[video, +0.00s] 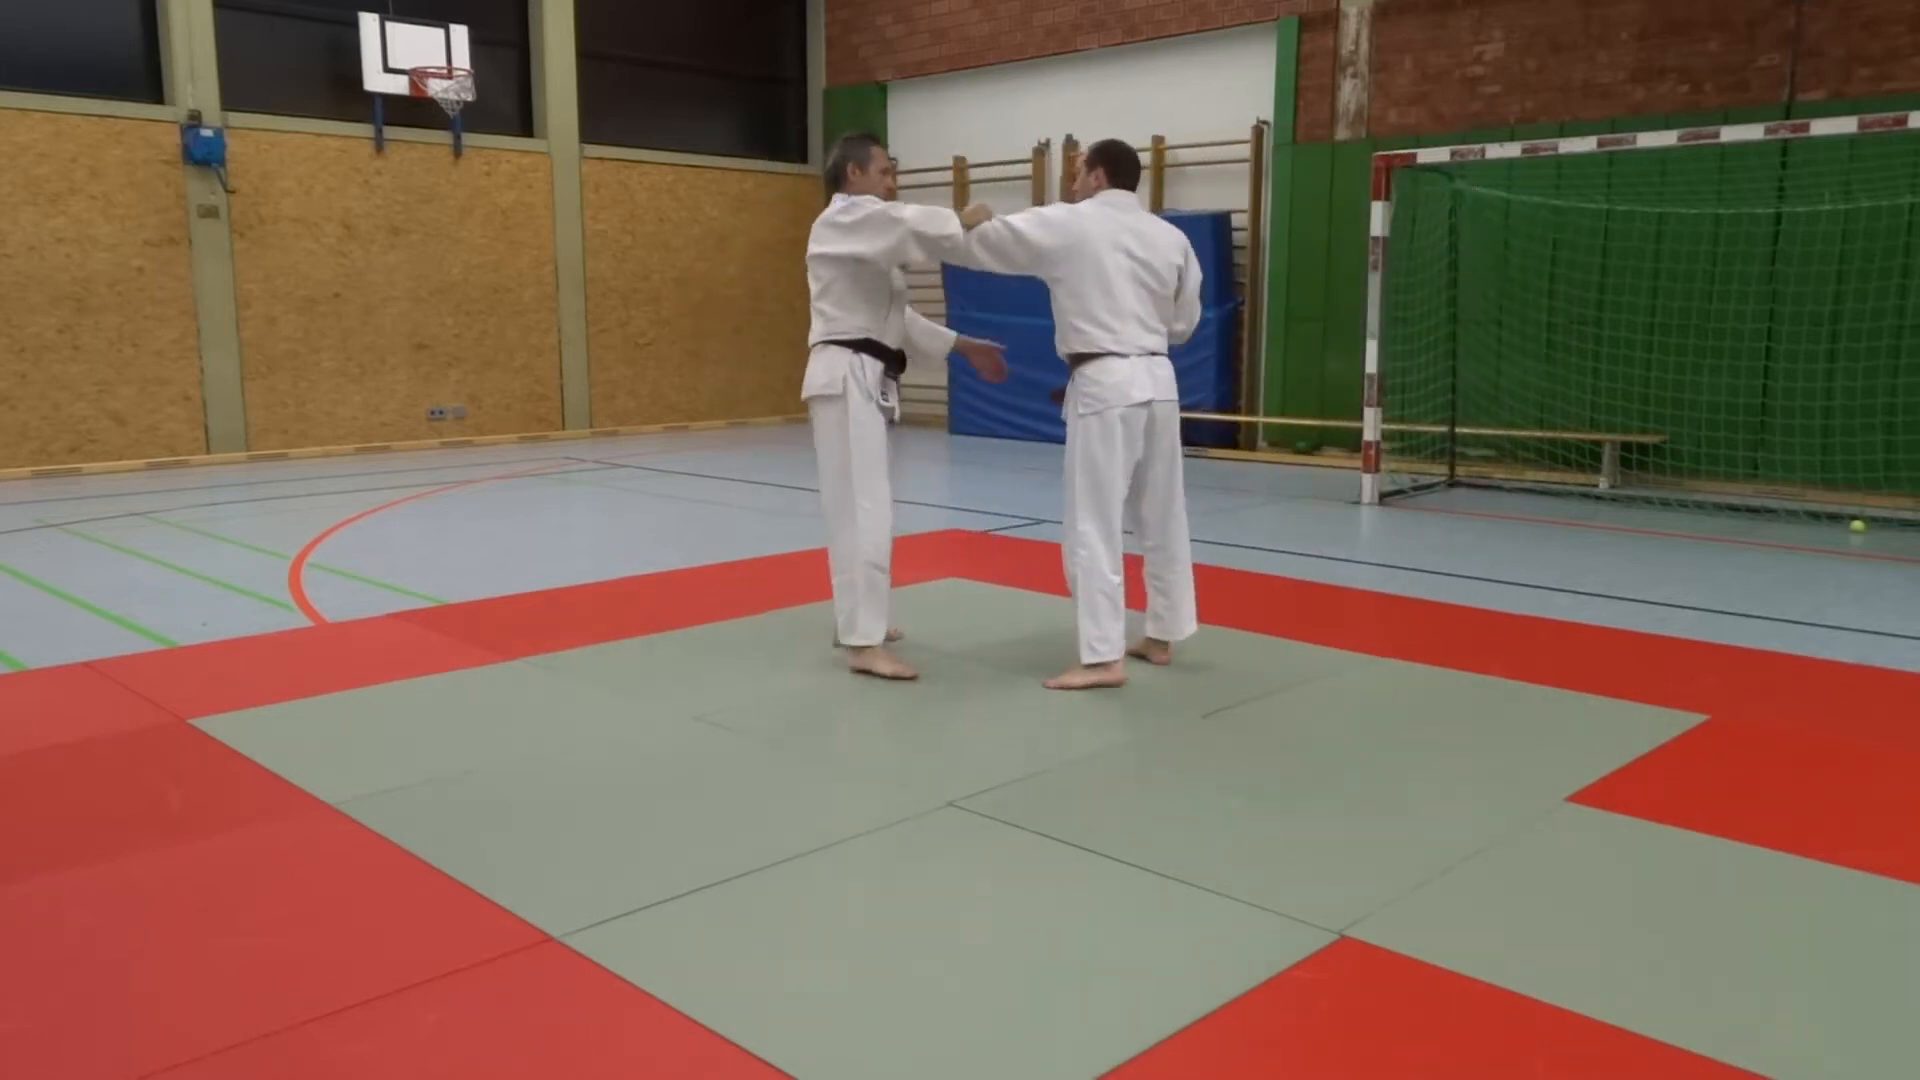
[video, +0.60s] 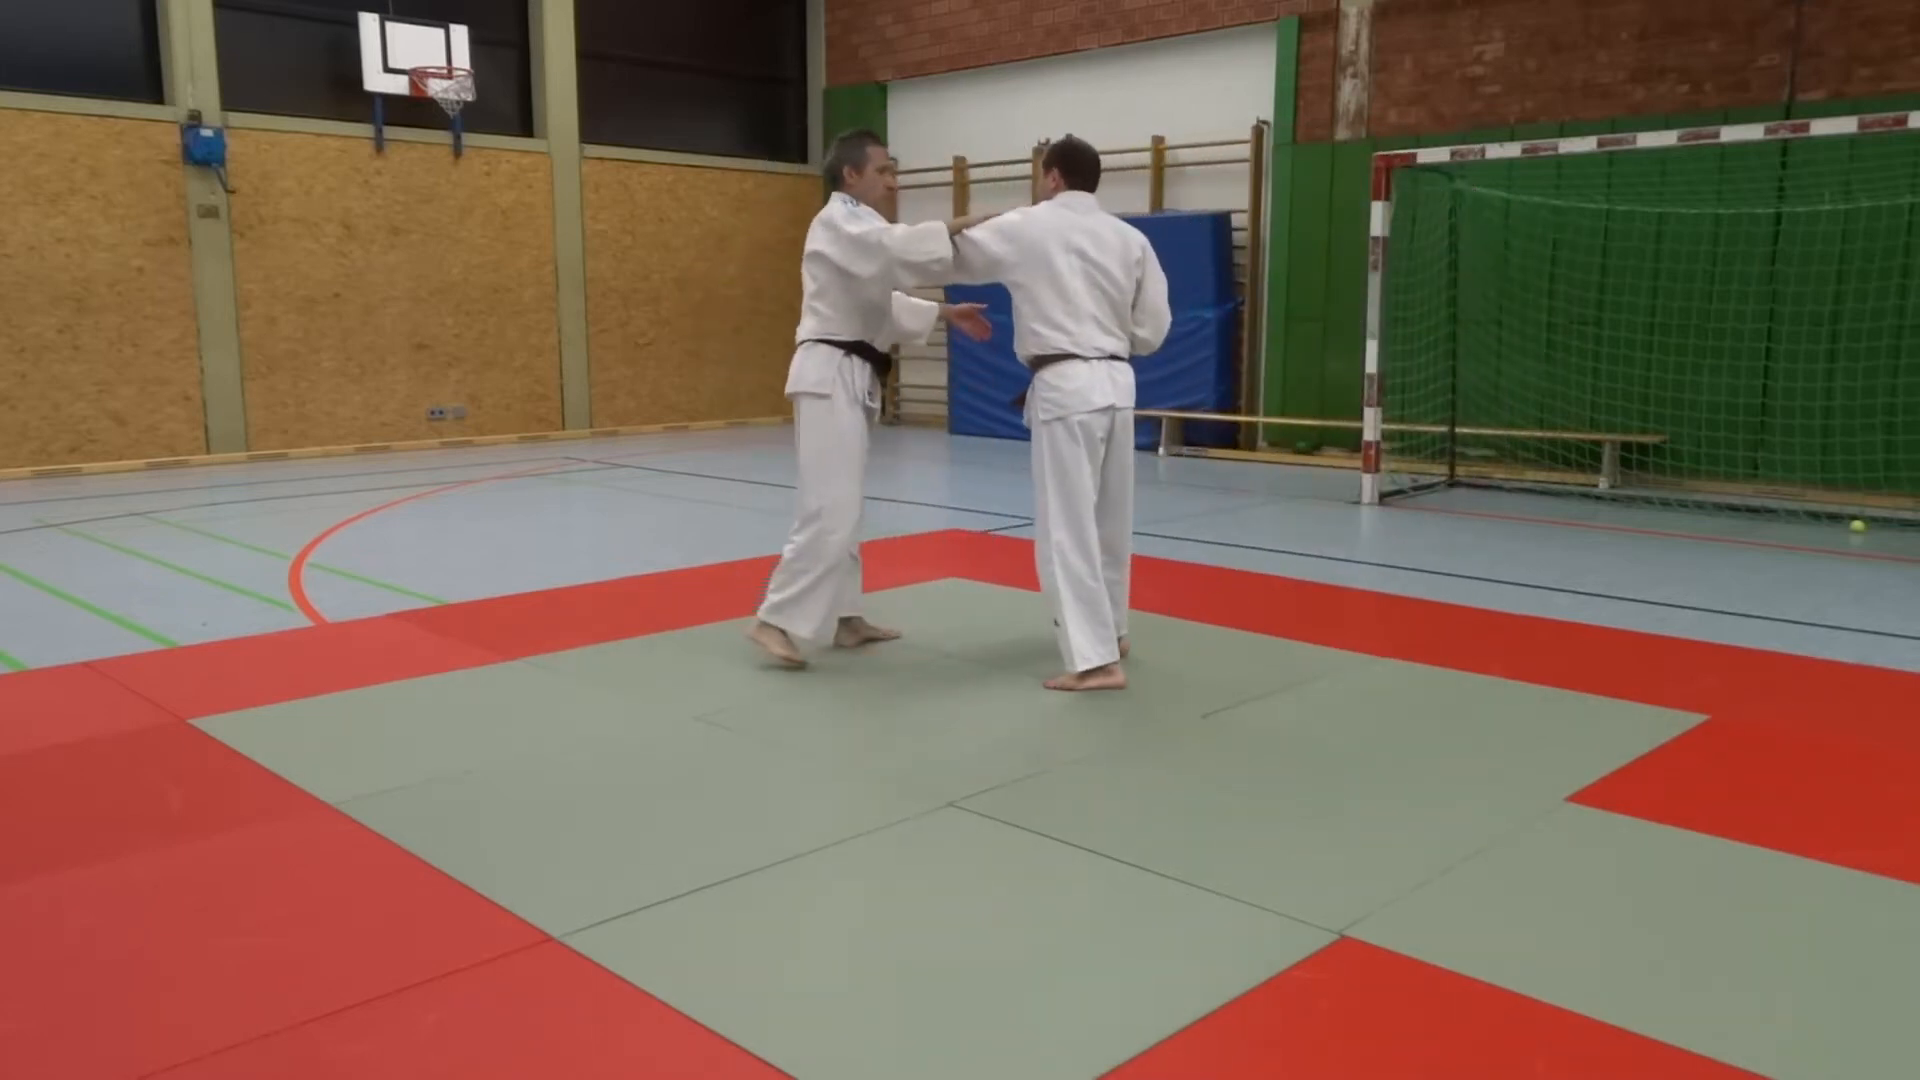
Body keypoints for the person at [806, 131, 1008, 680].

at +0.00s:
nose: (893, 179)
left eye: (892, 170)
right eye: (884, 170)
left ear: (859, 175)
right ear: (854, 174)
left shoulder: (865, 229)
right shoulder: (841, 216)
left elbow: (894, 319)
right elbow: (902, 225)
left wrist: (963, 345)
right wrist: (961, 220)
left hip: (863, 375)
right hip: (843, 374)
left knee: (864, 504)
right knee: (862, 506)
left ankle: (862, 621)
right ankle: (861, 642)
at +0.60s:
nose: (895, 180)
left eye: (893, 171)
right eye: (885, 170)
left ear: (859, 177)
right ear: (852, 175)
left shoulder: (859, 226)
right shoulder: (836, 219)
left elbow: (877, 302)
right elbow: (892, 246)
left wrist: (946, 313)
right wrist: (967, 229)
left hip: (852, 372)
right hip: (828, 369)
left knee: (845, 503)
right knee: (832, 505)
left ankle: (845, 617)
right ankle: (775, 621)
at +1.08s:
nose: (856, 188)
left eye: (855, 177)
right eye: (848, 177)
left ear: (822, 178)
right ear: (816, 178)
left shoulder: (828, 237)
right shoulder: (782, 227)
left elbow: (868, 298)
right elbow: (859, 251)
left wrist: (938, 299)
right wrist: (947, 228)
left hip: (802, 389)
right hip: (756, 382)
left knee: (816, 499)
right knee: (742, 507)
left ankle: (823, 616)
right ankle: (727, 638)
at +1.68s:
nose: (894, 184)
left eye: (894, 176)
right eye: (883, 176)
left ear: (887, 183)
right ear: (849, 181)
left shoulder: (883, 240)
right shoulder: (831, 220)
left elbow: (921, 304)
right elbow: (896, 239)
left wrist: (999, 292)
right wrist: (991, 231)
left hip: (836, 386)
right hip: (792, 378)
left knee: (848, 501)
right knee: (771, 508)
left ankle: (845, 615)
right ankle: (737, 635)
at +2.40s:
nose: (893, 184)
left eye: (893, 173)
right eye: (888, 173)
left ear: (850, 171)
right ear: (859, 172)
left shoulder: (842, 215)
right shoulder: (843, 218)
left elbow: (906, 262)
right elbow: (913, 282)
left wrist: (975, 274)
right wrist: (1008, 276)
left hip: (824, 383)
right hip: (802, 380)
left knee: (834, 514)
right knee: (802, 527)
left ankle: (806, 633)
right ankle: (774, 680)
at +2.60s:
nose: (832, 169)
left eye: (829, 160)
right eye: (825, 159)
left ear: (790, 166)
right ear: (800, 164)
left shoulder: (790, 211)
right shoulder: (789, 207)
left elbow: (863, 261)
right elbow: (869, 246)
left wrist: (927, 244)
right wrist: (969, 242)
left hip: (783, 381)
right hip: (771, 381)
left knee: (794, 527)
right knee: (791, 530)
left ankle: (789, 656)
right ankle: (777, 676)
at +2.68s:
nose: (815, 163)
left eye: (812, 153)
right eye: (808, 153)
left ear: (770, 161)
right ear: (782, 158)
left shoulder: (771, 211)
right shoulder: (771, 204)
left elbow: (800, 314)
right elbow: (857, 243)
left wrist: (867, 312)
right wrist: (956, 234)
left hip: (771, 383)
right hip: (758, 383)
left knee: (792, 525)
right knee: (789, 529)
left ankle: (784, 652)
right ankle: (743, 670)